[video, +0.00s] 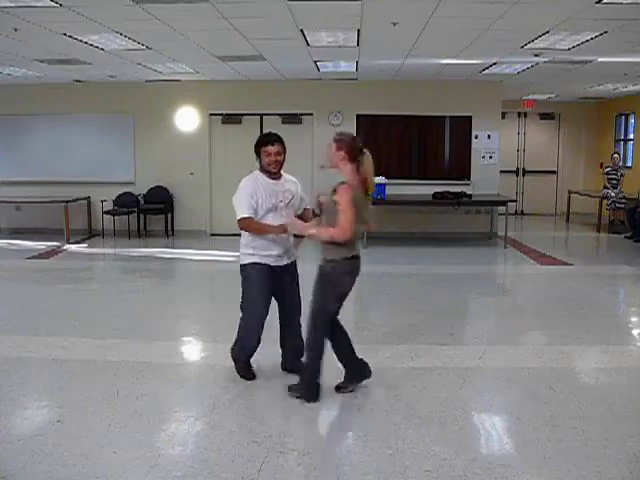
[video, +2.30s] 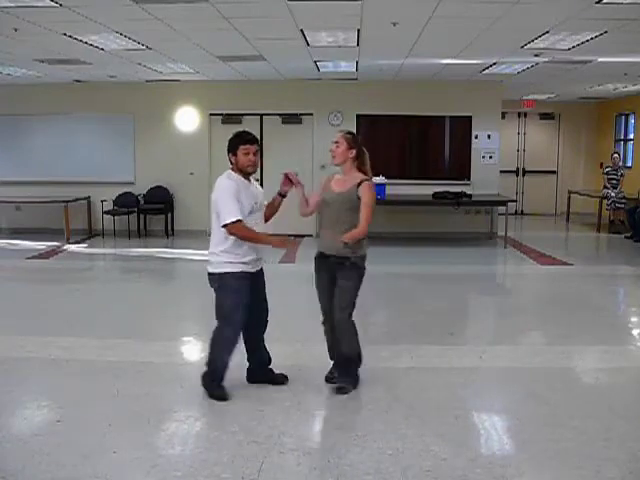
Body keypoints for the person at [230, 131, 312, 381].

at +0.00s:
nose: (274, 159)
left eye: (278, 154)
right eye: (268, 154)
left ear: (284, 155)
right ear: (259, 156)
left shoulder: (292, 183)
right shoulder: (249, 184)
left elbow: (302, 213)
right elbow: (244, 222)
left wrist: (311, 217)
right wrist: (273, 230)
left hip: (285, 260)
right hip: (256, 261)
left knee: (291, 313)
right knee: (255, 313)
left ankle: (292, 359)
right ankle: (241, 356)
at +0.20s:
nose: (263, 161)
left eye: (266, 156)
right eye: (257, 156)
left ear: (270, 156)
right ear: (245, 158)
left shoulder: (275, 184)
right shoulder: (234, 184)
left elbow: (290, 215)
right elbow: (222, 221)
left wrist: (301, 198)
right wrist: (253, 213)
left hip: (271, 262)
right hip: (241, 263)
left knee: (283, 315)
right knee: (239, 319)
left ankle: (291, 361)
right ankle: (229, 370)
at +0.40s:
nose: (248, 162)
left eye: (250, 156)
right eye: (241, 157)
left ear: (254, 156)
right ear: (229, 159)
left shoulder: (262, 184)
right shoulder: (218, 183)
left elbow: (276, 216)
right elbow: (198, 210)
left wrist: (294, 218)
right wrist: (220, 192)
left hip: (256, 262)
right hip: (225, 263)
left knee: (268, 315)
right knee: (228, 321)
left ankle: (280, 359)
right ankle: (228, 371)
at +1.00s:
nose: (248, 160)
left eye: (250, 155)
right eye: (242, 156)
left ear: (252, 157)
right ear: (226, 158)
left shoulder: (257, 187)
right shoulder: (212, 187)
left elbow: (275, 216)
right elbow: (197, 225)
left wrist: (306, 220)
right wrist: (225, 231)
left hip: (250, 266)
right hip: (221, 268)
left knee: (256, 314)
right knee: (225, 321)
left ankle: (244, 358)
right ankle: (223, 375)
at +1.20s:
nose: (256, 161)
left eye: (257, 156)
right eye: (251, 156)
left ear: (257, 157)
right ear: (234, 158)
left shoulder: (254, 185)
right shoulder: (223, 186)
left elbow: (258, 215)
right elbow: (220, 227)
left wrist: (286, 214)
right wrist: (260, 228)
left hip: (254, 267)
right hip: (229, 269)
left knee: (264, 316)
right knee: (231, 325)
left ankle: (255, 365)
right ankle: (224, 376)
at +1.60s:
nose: (270, 160)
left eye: (272, 155)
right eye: (263, 155)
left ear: (273, 157)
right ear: (248, 158)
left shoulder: (259, 185)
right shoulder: (242, 184)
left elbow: (262, 220)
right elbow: (259, 222)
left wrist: (285, 222)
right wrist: (294, 211)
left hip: (261, 264)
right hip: (247, 266)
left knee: (264, 318)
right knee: (264, 318)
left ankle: (260, 369)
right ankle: (232, 365)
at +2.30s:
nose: (253, 158)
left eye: (256, 154)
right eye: (247, 154)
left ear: (258, 156)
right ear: (232, 157)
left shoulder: (252, 185)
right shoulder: (226, 184)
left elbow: (264, 216)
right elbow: (233, 227)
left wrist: (281, 193)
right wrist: (274, 241)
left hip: (251, 266)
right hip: (228, 268)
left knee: (256, 320)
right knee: (230, 324)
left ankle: (259, 370)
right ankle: (213, 379)